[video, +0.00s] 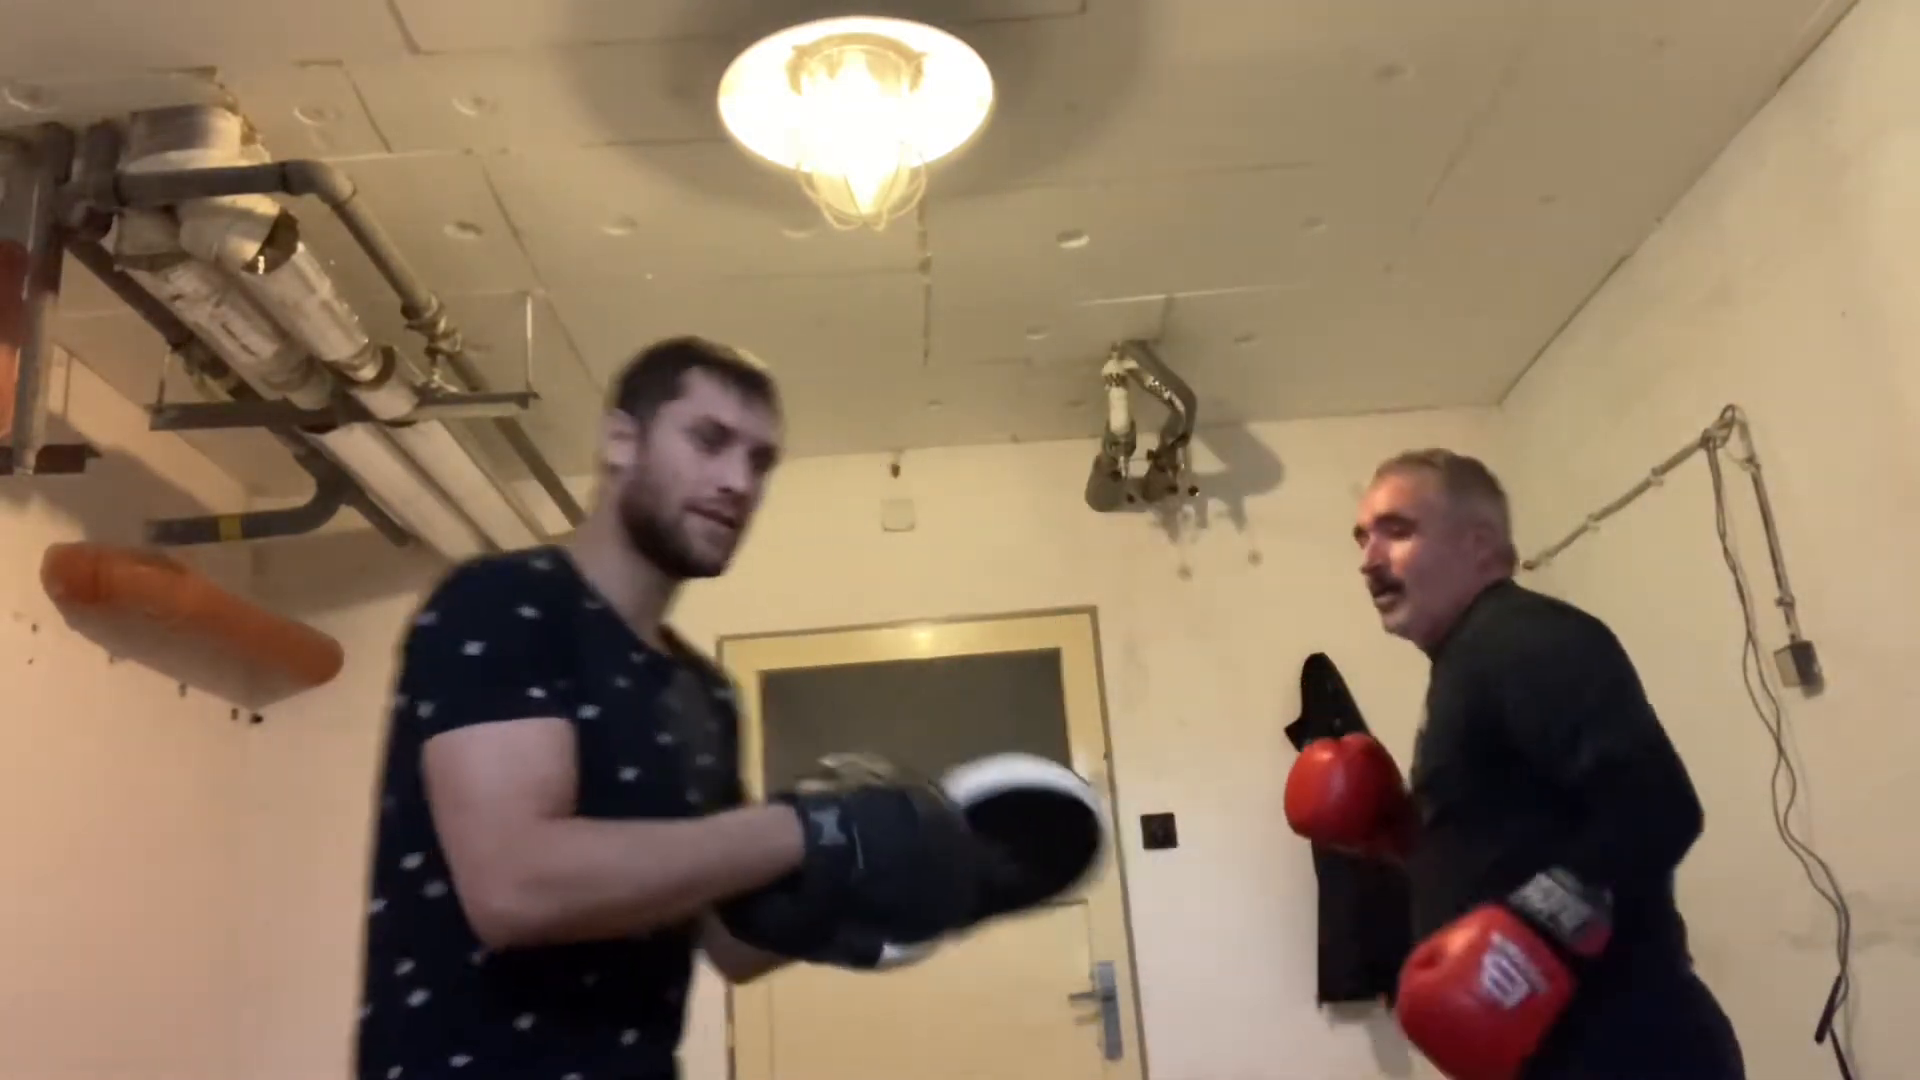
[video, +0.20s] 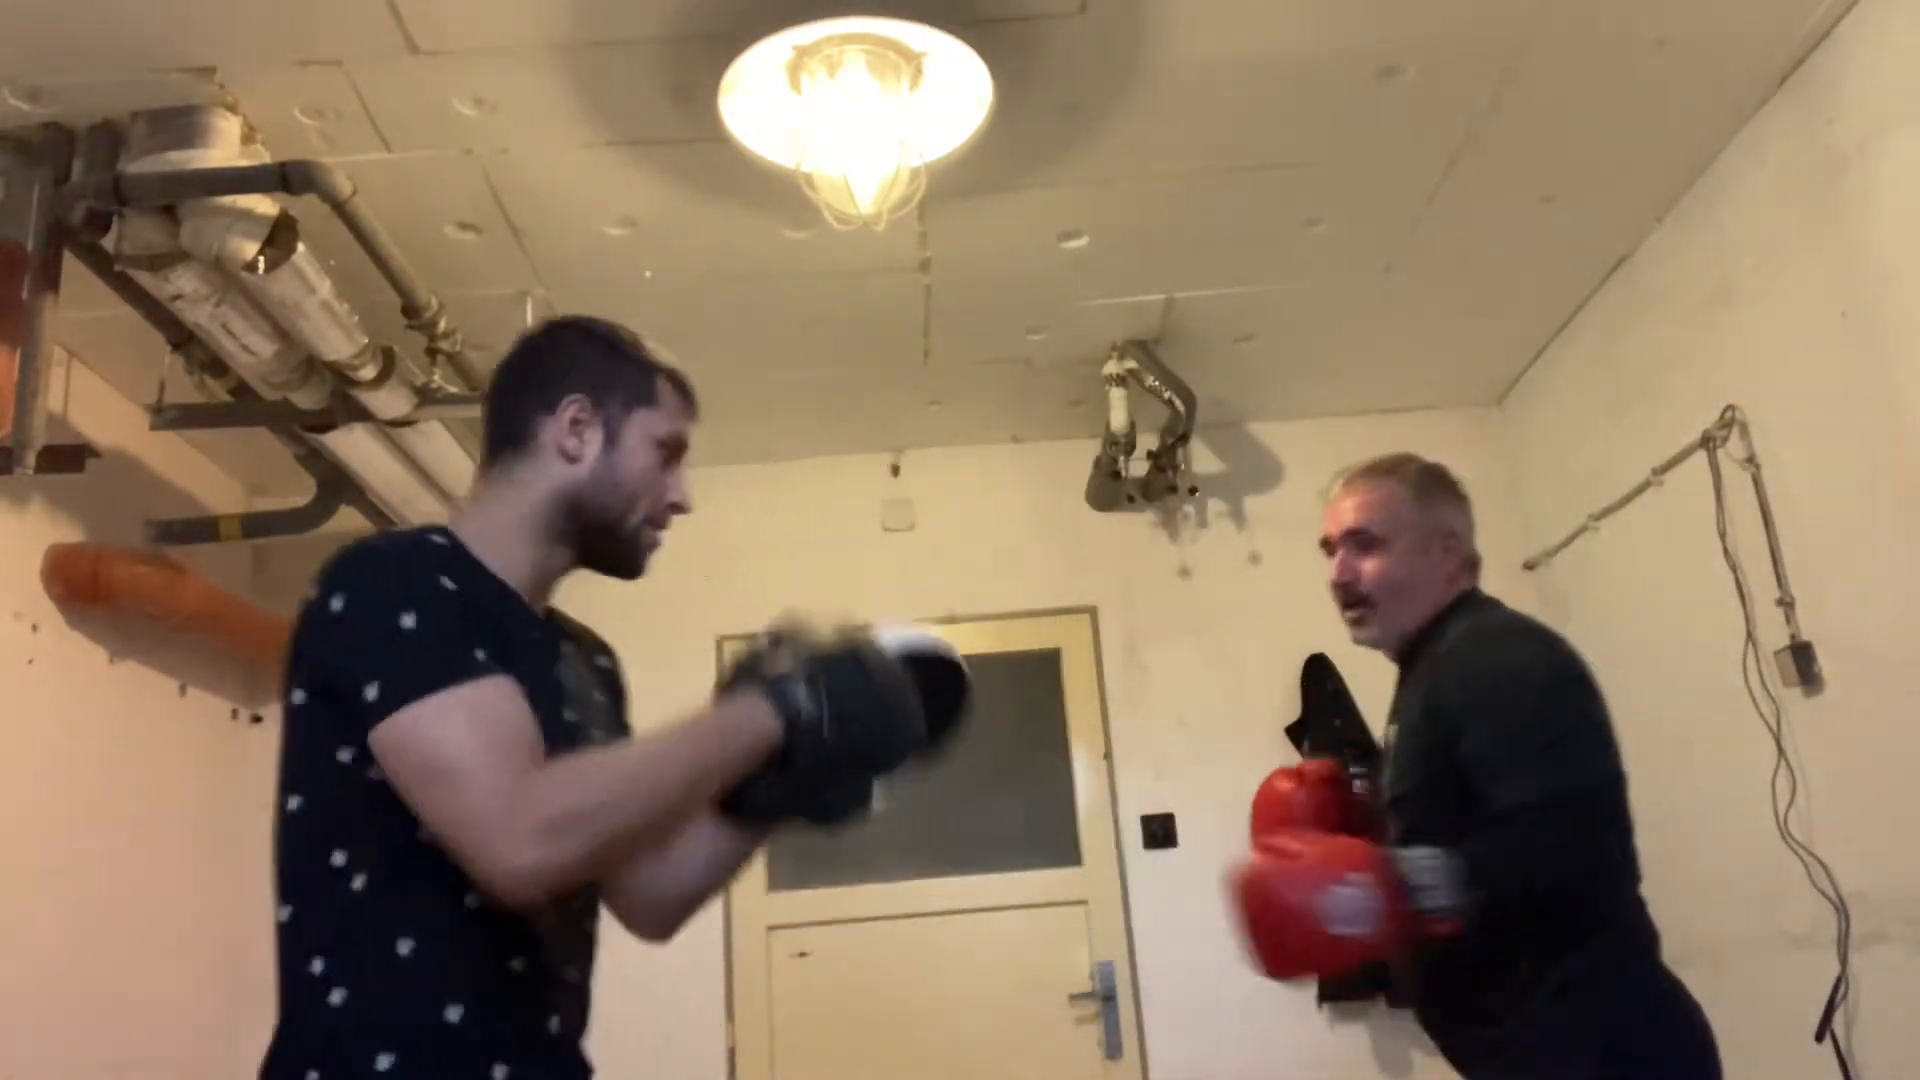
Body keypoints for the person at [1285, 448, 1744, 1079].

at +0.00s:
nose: (1368, 558)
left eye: (1396, 530)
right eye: (1363, 538)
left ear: (1480, 543)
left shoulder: (1535, 640)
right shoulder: (1465, 663)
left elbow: (1657, 806)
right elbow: (1506, 857)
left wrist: (1533, 933)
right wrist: (1396, 826)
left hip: (1619, 1047)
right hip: (1553, 1048)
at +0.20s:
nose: (1339, 574)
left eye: (1366, 545)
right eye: (1331, 551)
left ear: (1449, 553)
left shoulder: (1502, 663)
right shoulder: (1432, 672)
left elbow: (1568, 862)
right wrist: (1358, 830)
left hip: (1599, 1049)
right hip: (1535, 1048)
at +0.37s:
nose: (1267, 606)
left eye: (1291, 576)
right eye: (1261, 580)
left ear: (1386, 579)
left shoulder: (1435, 688)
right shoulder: (1361, 696)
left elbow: (1422, 896)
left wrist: (1240, 882)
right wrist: (1323, 833)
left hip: (1566, 1051)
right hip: (1492, 1049)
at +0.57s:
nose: (1226, 621)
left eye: (1245, 588)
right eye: (1220, 592)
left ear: (1332, 581)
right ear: (1331, 584)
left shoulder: (1392, 684)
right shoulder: (1364, 670)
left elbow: (1349, 907)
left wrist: (1216, 827)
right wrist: (1273, 795)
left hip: (1530, 1057)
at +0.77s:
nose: (1244, 640)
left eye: (1260, 605)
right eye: (1233, 615)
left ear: (1340, 592)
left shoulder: (1462, 688)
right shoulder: (1320, 712)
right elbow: (1265, 868)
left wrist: (1321, 777)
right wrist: (1222, 787)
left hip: (1535, 1051)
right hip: (1422, 1056)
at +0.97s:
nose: (1226, 637)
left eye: (1244, 602)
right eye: (1214, 614)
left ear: (1329, 592)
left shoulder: (1438, 682)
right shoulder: (1289, 719)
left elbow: (1472, 868)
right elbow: (1245, 887)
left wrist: (1304, 768)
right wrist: (1202, 805)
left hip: (1530, 1049)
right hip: (1405, 1056)